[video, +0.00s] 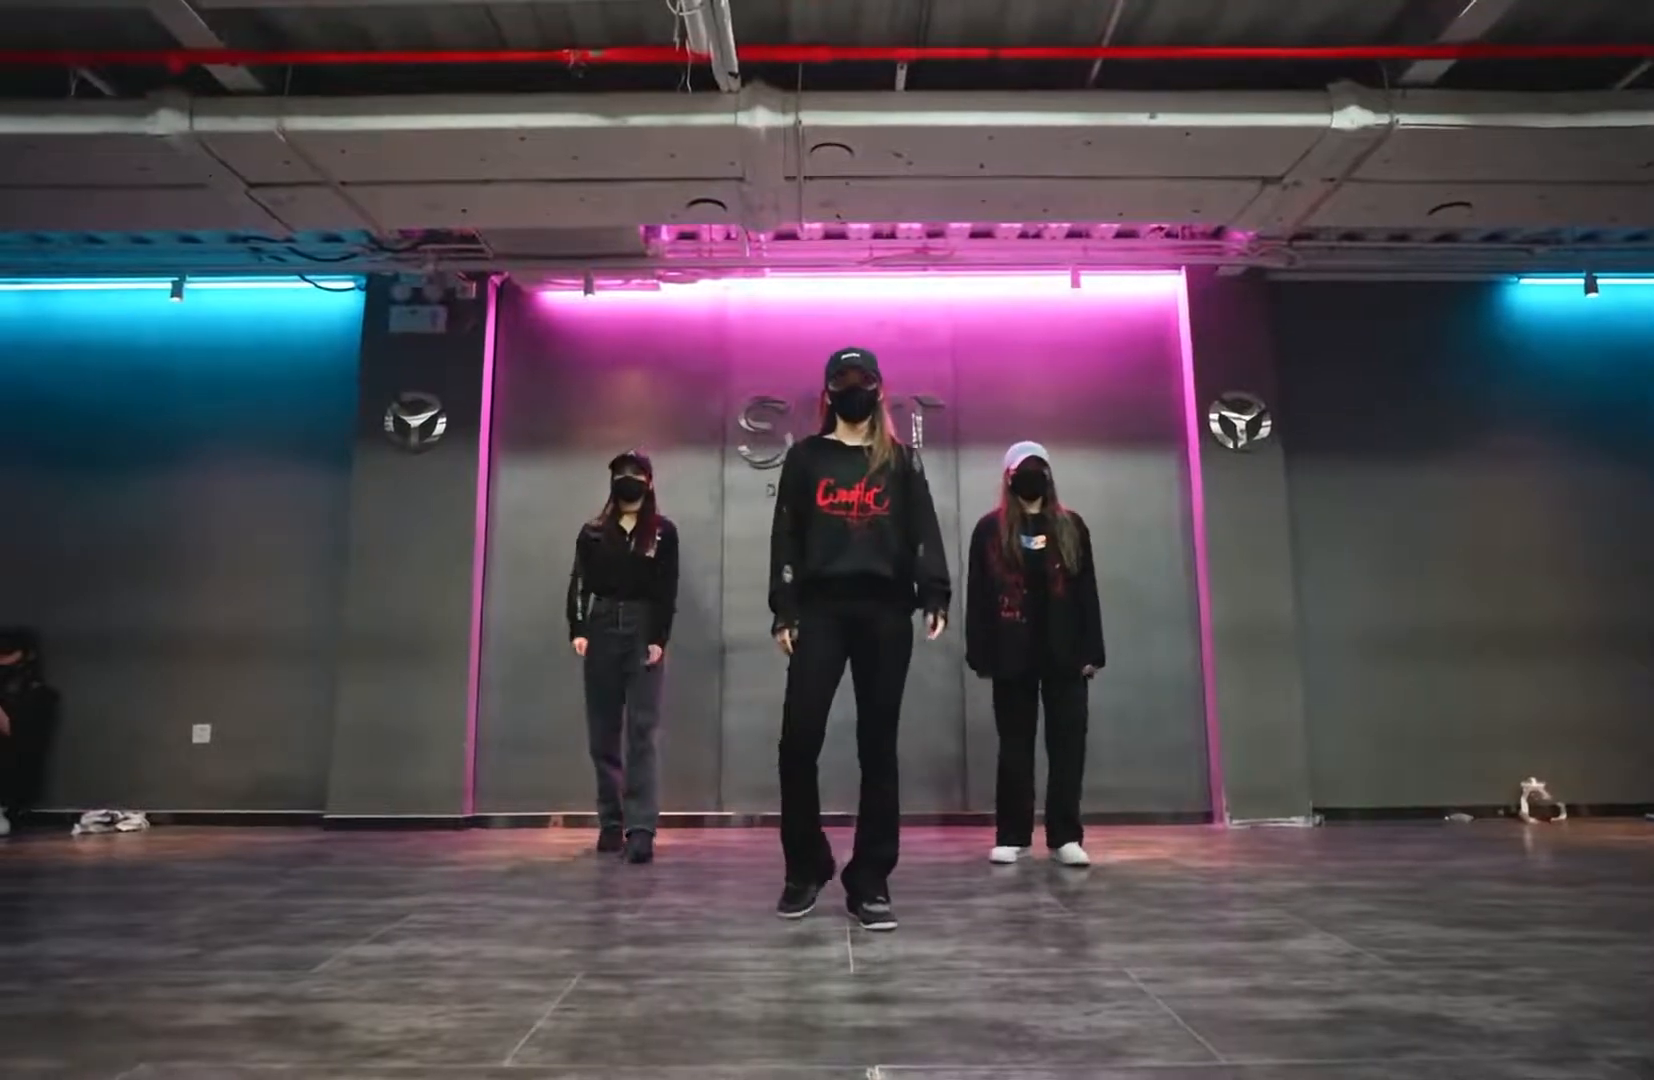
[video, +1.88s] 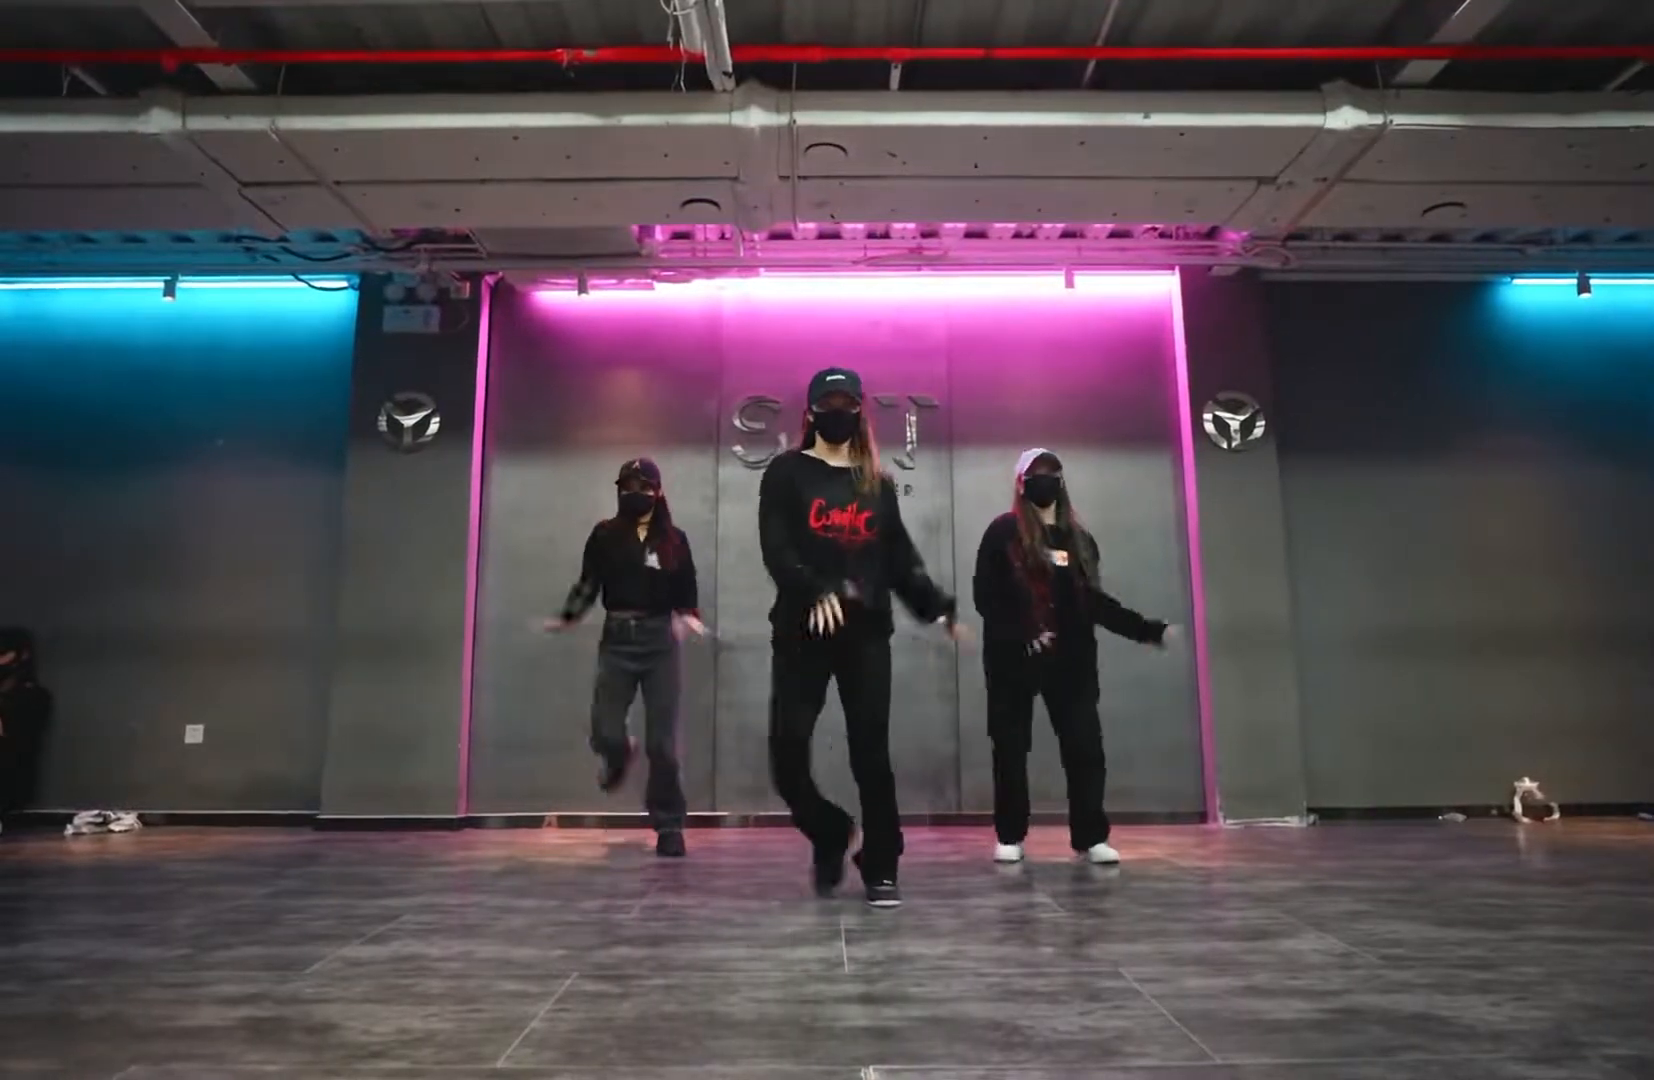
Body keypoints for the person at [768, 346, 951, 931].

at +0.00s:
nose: (855, 389)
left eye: (864, 380)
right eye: (845, 380)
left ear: (879, 388)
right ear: (829, 390)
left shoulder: (901, 461)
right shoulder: (805, 456)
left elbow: (927, 535)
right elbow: (784, 538)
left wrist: (936, 595)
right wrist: (784, 610)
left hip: (885, 616)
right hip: (819, 615)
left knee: (878, 748)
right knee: (797, 743)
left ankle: (871, 883)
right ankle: (805, 871)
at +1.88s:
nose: (839, 411)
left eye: (848, 403)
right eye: (829, 403)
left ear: (861, 412)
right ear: (811, 410)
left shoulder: (877, 483)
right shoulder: (784, 473)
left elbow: (899, 557)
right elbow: (776, 550)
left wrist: (935, 606)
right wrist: (812, 590)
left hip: (865, 633)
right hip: (802, 632)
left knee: (871, 755)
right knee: (787, 763)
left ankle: (881, 868)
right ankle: (830, 832)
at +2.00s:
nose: (824, 413)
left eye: (834, 403)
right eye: (814, 403)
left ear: (847, 410)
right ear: (798, 410)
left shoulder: (865, 479)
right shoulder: (772, 475)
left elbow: (909, 532)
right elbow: (748, 544)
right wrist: (694, 564)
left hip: (853, 643)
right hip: (786, 641)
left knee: (871, 763)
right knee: (734, 741)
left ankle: (880, 874)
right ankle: (721, 871)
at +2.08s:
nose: (813, 422)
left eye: (823, 412)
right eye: (803, 411)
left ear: (839, 421)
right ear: (788, 418)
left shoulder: (845, 485)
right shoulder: (763, 485)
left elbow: (837, 537)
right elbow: (710, 546)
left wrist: (782, 536)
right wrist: (646, 561)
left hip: (845, 650)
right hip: (779, 651)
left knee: (869, 765)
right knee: (719, 759)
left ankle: (882, 873)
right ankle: (653, 892)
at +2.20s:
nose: (768, 422)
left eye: (778, 412)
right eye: (757, 413)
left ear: (797, 420)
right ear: (743, 425)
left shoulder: (829, 487)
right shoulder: (733, 493)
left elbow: (853, 548)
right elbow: (698, 562)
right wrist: (652, 577)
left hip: (827, 655)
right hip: (760, 656)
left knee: (869, 771)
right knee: (702, 768)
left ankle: (881, 864)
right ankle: (635, 908)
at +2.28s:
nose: (772, 423)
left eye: (782, 413)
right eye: (760, 412)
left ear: (800, 421)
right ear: (743, 421)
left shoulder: (826, 493)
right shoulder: (727, 488)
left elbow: (901, 552)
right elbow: (713, 561)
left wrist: (962, 555)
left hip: (821, 665)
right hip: (751, 666)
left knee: (903, 759)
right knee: (704, 776)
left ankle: (868, 858)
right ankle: (635, 909)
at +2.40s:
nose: (848, 435)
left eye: (851, 424)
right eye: (839, 423)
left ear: (837, 426)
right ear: (806, 419)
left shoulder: (824, 487)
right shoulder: (777, 475)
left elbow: (866, 547)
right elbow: (763, 541)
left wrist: (940, 539)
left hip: (811, 661)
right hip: (762, 660)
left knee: (914, 742)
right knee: (730, 788)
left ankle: (873, 901)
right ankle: (635, 912)